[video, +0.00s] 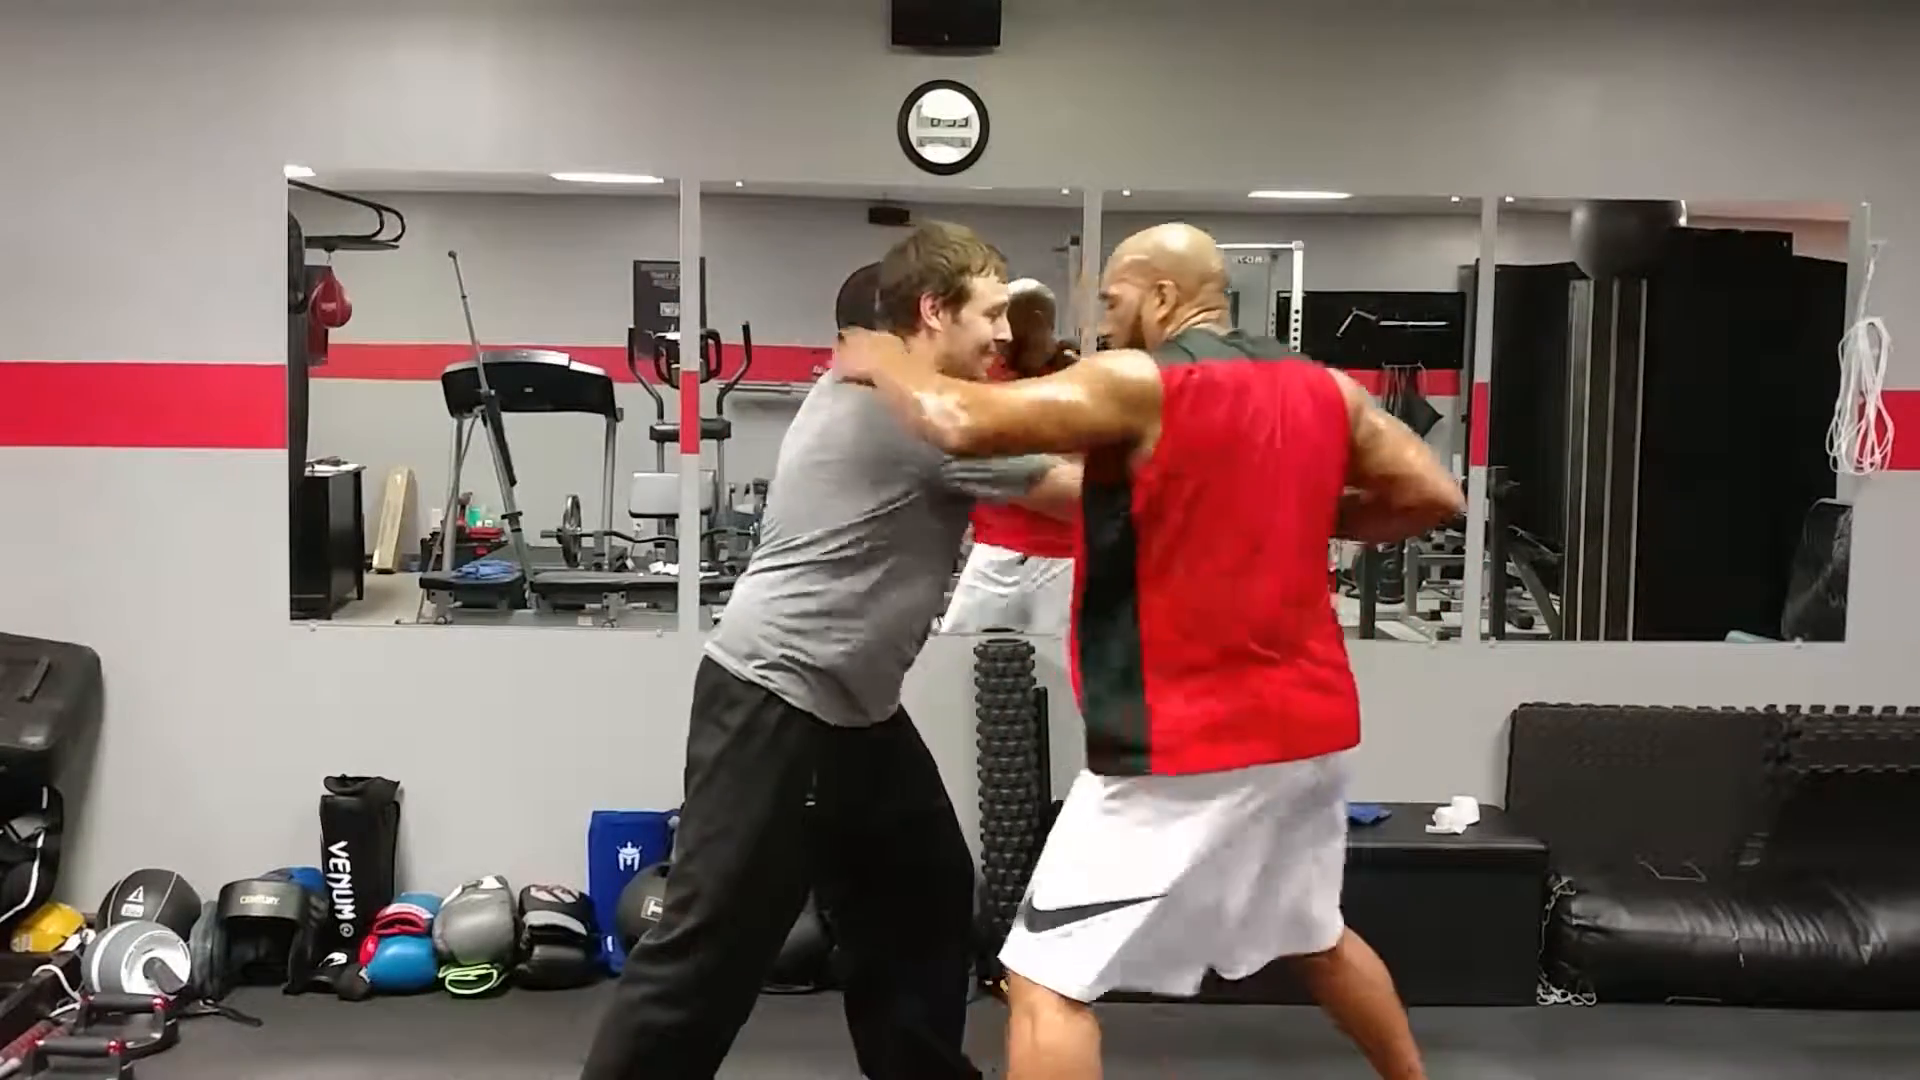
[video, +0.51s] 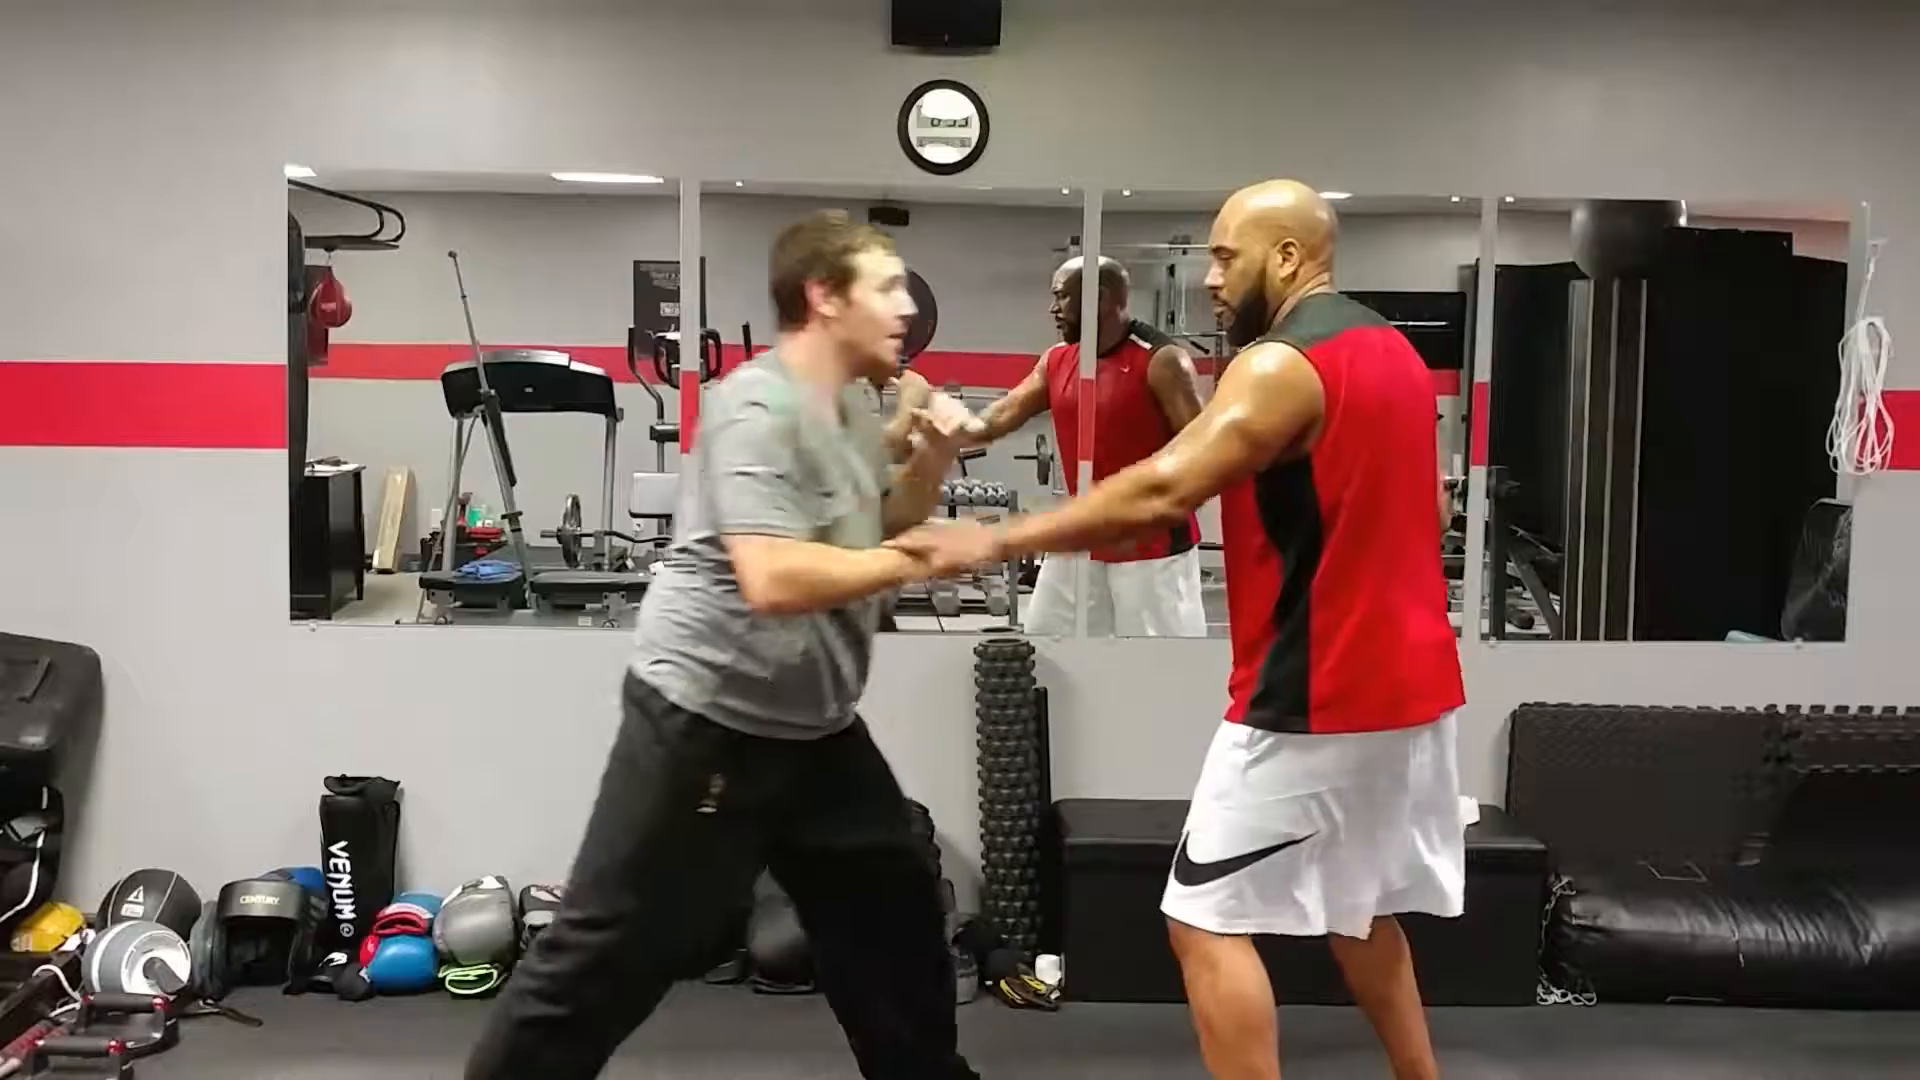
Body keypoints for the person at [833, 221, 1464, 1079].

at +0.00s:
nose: (1101, 322)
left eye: (1112, 303)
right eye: (1101, 303)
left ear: (1165, 298)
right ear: (1208, 302)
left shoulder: (1136, 382)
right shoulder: (1324, 390)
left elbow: (959, 420)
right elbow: (1433, 494)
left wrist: (881, 363)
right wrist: (1308, 508)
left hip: (1177, 748)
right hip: (1315, 731)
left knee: (1044, 980)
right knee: (1317, 935)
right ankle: (1409, 1073)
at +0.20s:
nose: (1172, 298)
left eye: (1182, 277)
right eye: (1171, 278)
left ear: (1241, 271)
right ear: (1269, 273)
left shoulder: (1230, 369)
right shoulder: (1372, 354)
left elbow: (1097, 445)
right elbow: (1449, 486)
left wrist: (952, 388)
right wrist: (1319, 506)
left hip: (1276, 684)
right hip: (1402, 673)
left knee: (1112, 891)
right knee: (1350, 899)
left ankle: (1139, 1073)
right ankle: (1421, 1074)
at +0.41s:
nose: (1207, 280)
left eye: (1221, 261)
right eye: (1207, 262)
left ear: (1283, 259)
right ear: (1301, 263)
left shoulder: (1277, 363)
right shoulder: (1392, 352)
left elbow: (1148, 461)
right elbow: (1441, 496)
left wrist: (978, 445)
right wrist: (1299, 477)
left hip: (1301, 683)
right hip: (1413, 671)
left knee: (1184, 908)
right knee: (1362, 895)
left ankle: (1245, 1076)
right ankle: (1422, 1071)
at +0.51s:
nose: (1211, 277)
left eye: (1226, 257)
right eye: (1212, 258)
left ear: (1290, 258)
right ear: (1306, 263)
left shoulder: (1282, 366)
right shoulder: (1393, 353)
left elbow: (1161, 492)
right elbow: (1430, 513)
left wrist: (997, 539)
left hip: (1310, 688)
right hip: (1410, 679)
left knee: (1205, 917)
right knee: (1356, 904)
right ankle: (1420, 1072)